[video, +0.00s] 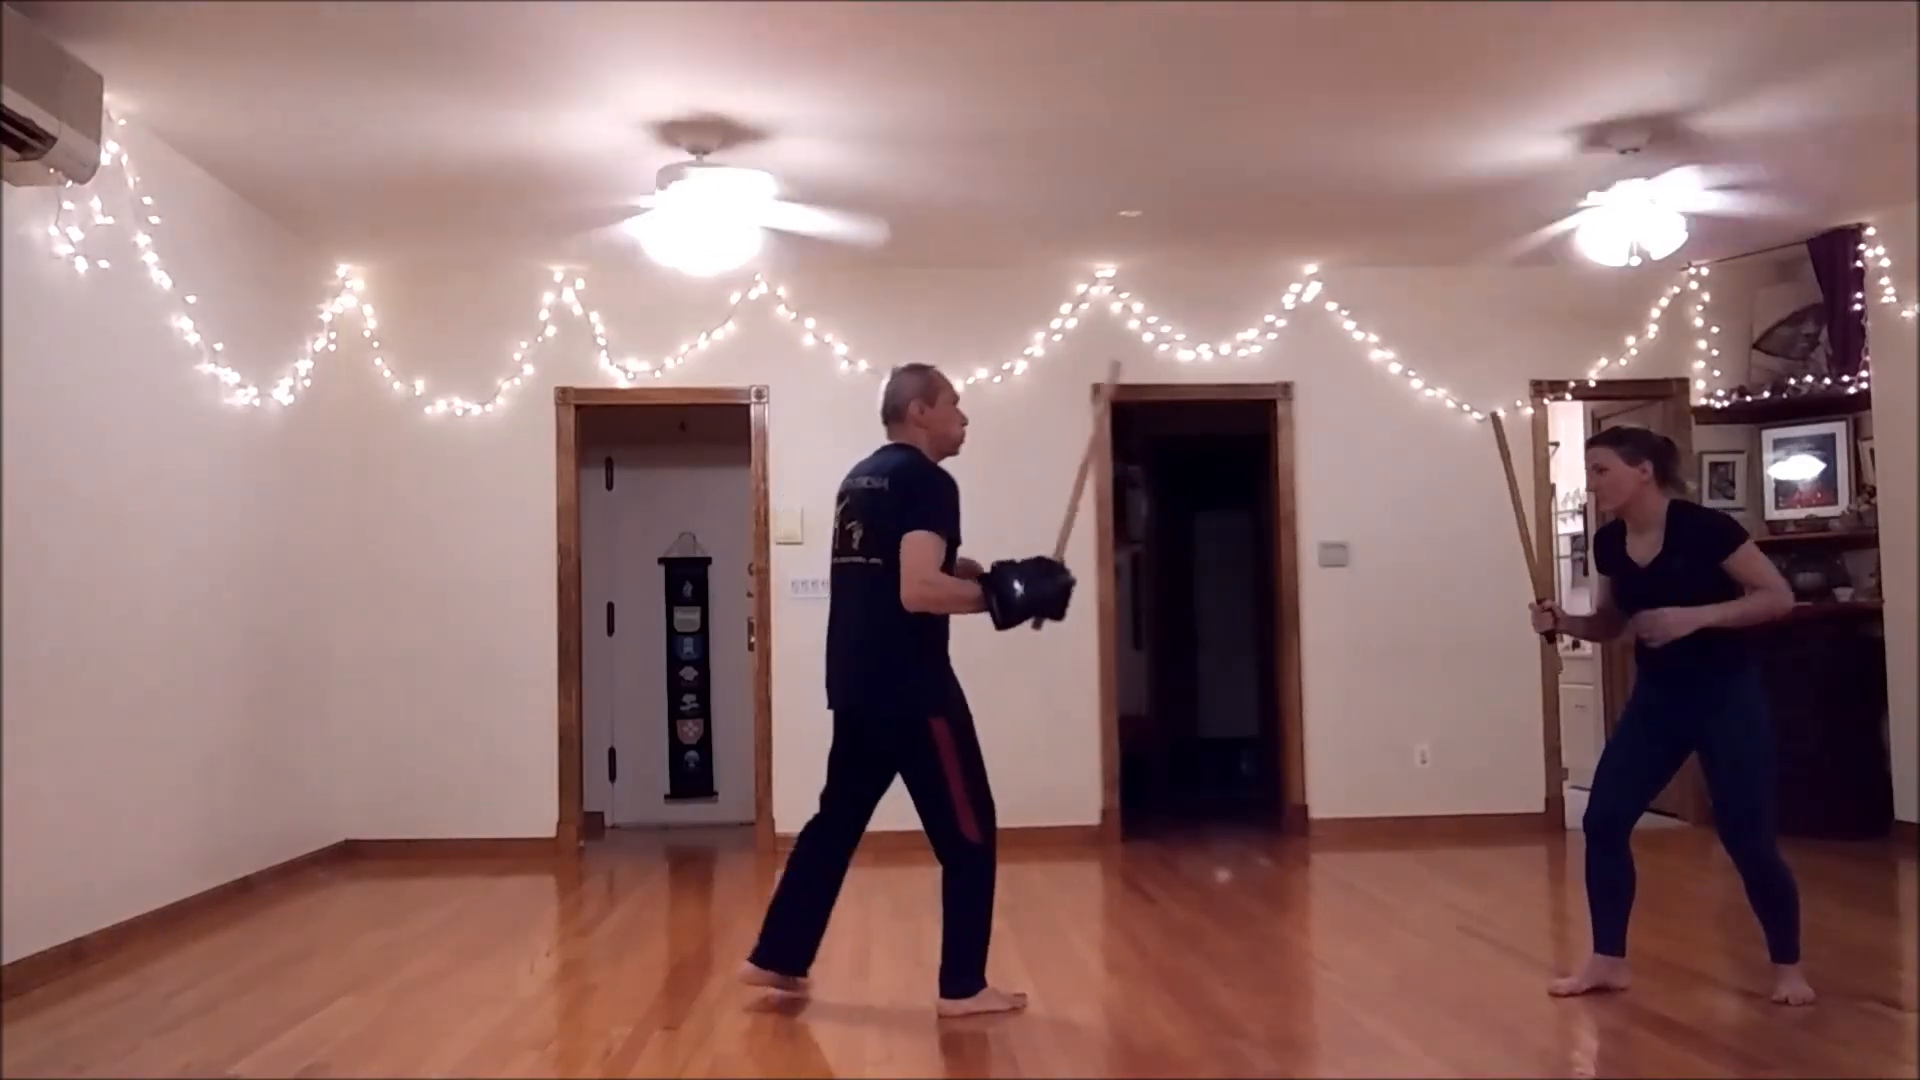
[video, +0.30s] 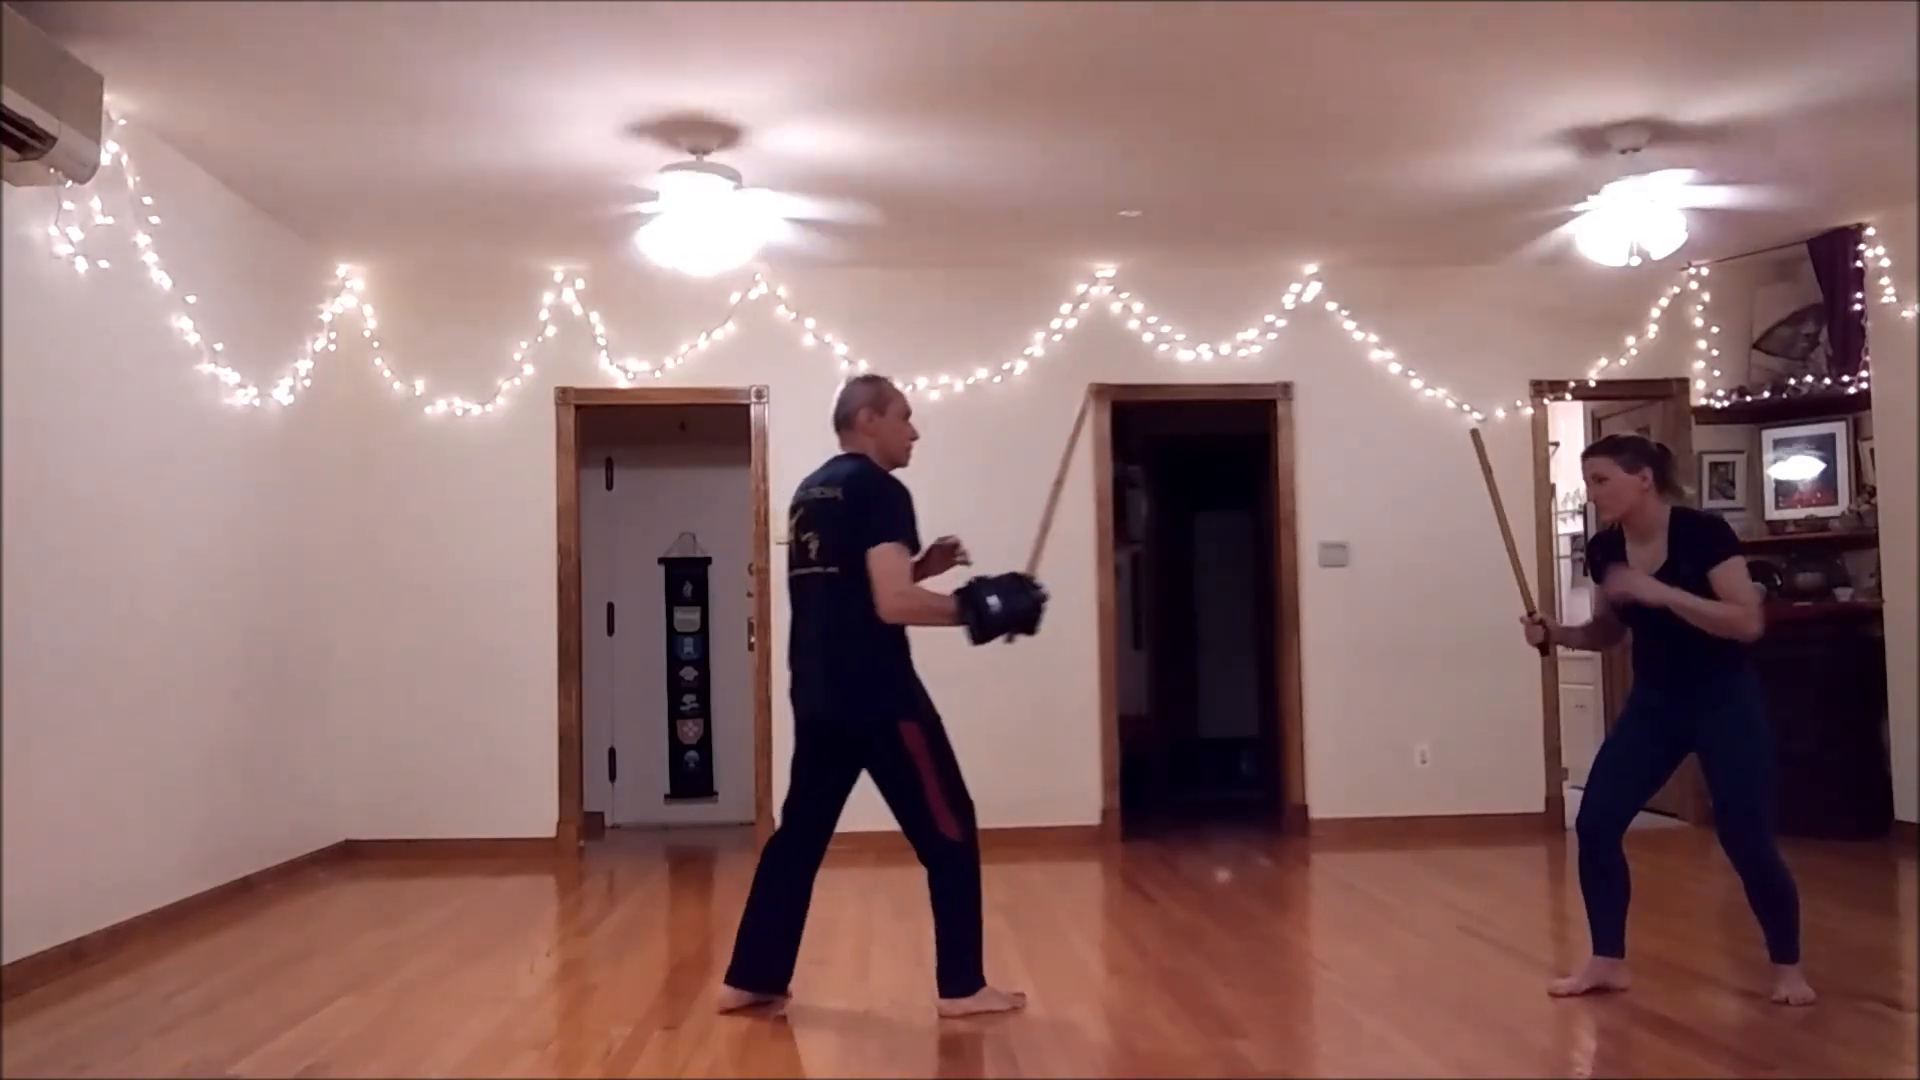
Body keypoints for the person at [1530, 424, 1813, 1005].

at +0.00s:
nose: (1592, 484)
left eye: (1601, 471)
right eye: (1589, 473)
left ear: (1641, 471)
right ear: (1626, 476)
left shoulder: (1703, 527)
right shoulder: (1609, 541)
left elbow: (1779, 597)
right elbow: (1613, 622)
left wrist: (1692, 616)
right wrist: (1564, 623)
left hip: (1728, 703)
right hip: (1657, 704)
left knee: (1747, 837)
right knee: (1604, 820)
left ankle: (1788, 968)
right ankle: (1607, 960)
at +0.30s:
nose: (1592, 494)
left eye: (1600, 481)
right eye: (1588, 484)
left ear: (1641, 478)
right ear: (1620, 485)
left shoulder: (1704, 532)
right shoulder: (1606, 549)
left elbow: (1749, 621)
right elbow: (1608, 631)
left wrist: (1661, 592)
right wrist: (1557, 634)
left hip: (1726, 707)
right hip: (1655, 708)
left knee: (1746, 840)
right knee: (1596, 824)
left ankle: (1788, 968)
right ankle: (1607, 961)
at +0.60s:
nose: (1592, 492)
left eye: (1600, 479)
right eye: (1588, 482)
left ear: (1640, 475)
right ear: (1617, 484)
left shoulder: (1701, 528)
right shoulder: (1604, 546)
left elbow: (1730, 618)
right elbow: (1605, 627)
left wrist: (1643, 584)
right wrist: (1554, 630)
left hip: (1720, 703)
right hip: (1649, 704)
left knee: (1740, 840)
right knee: (1593, 822)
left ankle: (1787, 967)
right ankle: (1606, 961)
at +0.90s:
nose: (1588, 491)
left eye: (1596, 478)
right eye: (1586, 480)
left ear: (1637, 478)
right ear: (1628, 482)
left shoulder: (1698, 532)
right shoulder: (1611, 545)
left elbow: (1780, 595)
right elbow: (1625, 625)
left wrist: (1699, 620)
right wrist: (1573, 628)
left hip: (1729, 706)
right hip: (1661, 706)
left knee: (1745, 837)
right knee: (1607, 821)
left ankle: (1788, 969)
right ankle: (1607, 960)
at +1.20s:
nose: (1596, 494)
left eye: (1605, 480)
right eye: (1592, 483)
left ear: (1647, 476)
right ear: (1629, 483)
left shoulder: (1712, 528)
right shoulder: (1615, 547)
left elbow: (1718, 621)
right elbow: (1618, 626)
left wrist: (1649, 560)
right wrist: (1567, 636)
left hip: (1731, 699)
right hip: (1663, 699)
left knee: (1751, 835)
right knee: (1606, 821)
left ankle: (1788, 967)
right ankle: (1607, 960)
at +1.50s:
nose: (1593, 491)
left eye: (1601, 477)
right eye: (1589, 480)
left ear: (1641, 474)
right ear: (1628, 480)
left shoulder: (1708, 528)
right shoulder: (1615, 546)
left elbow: (1756, 613)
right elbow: (1629, 625)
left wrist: (1673, 601)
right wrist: (1575, 632)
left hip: (1734, 700)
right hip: (1666, 701)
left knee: (1754, 833)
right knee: (1612, 822)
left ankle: (1789, 968)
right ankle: (1609, 960)